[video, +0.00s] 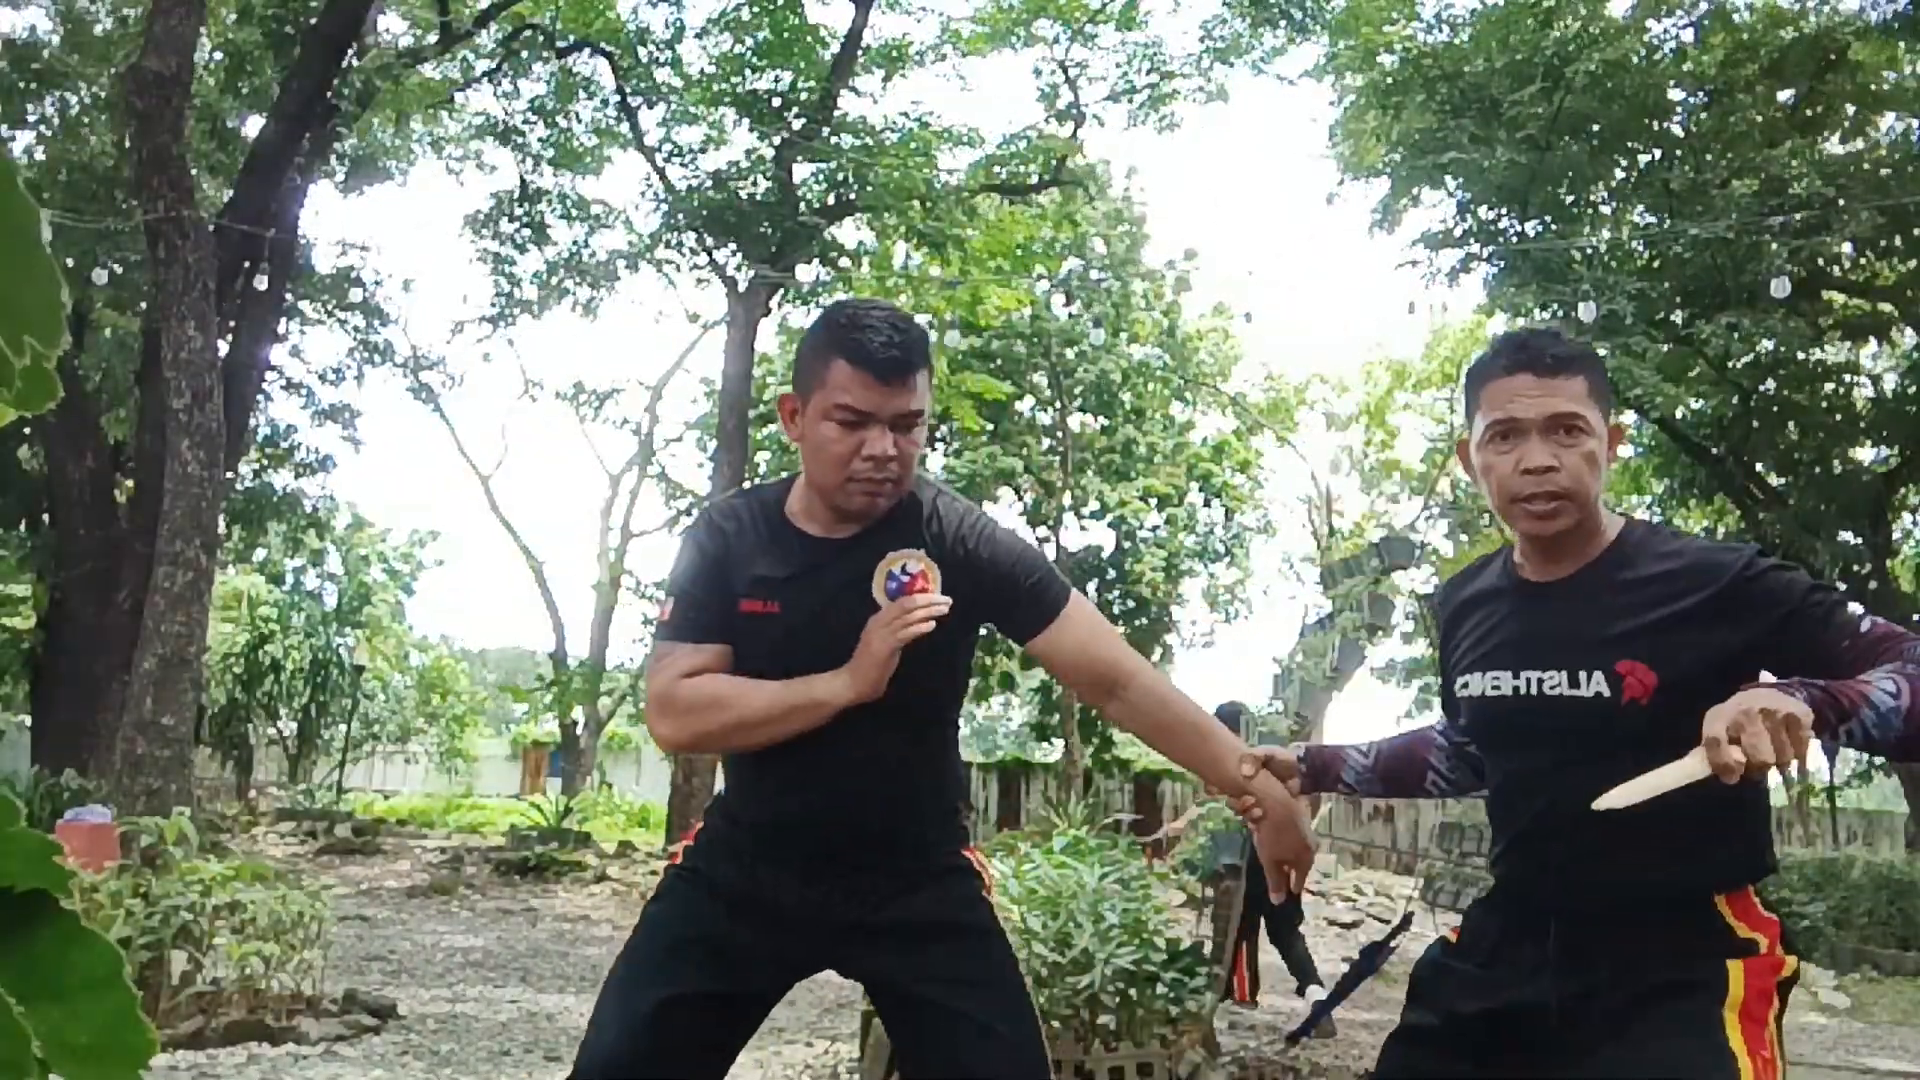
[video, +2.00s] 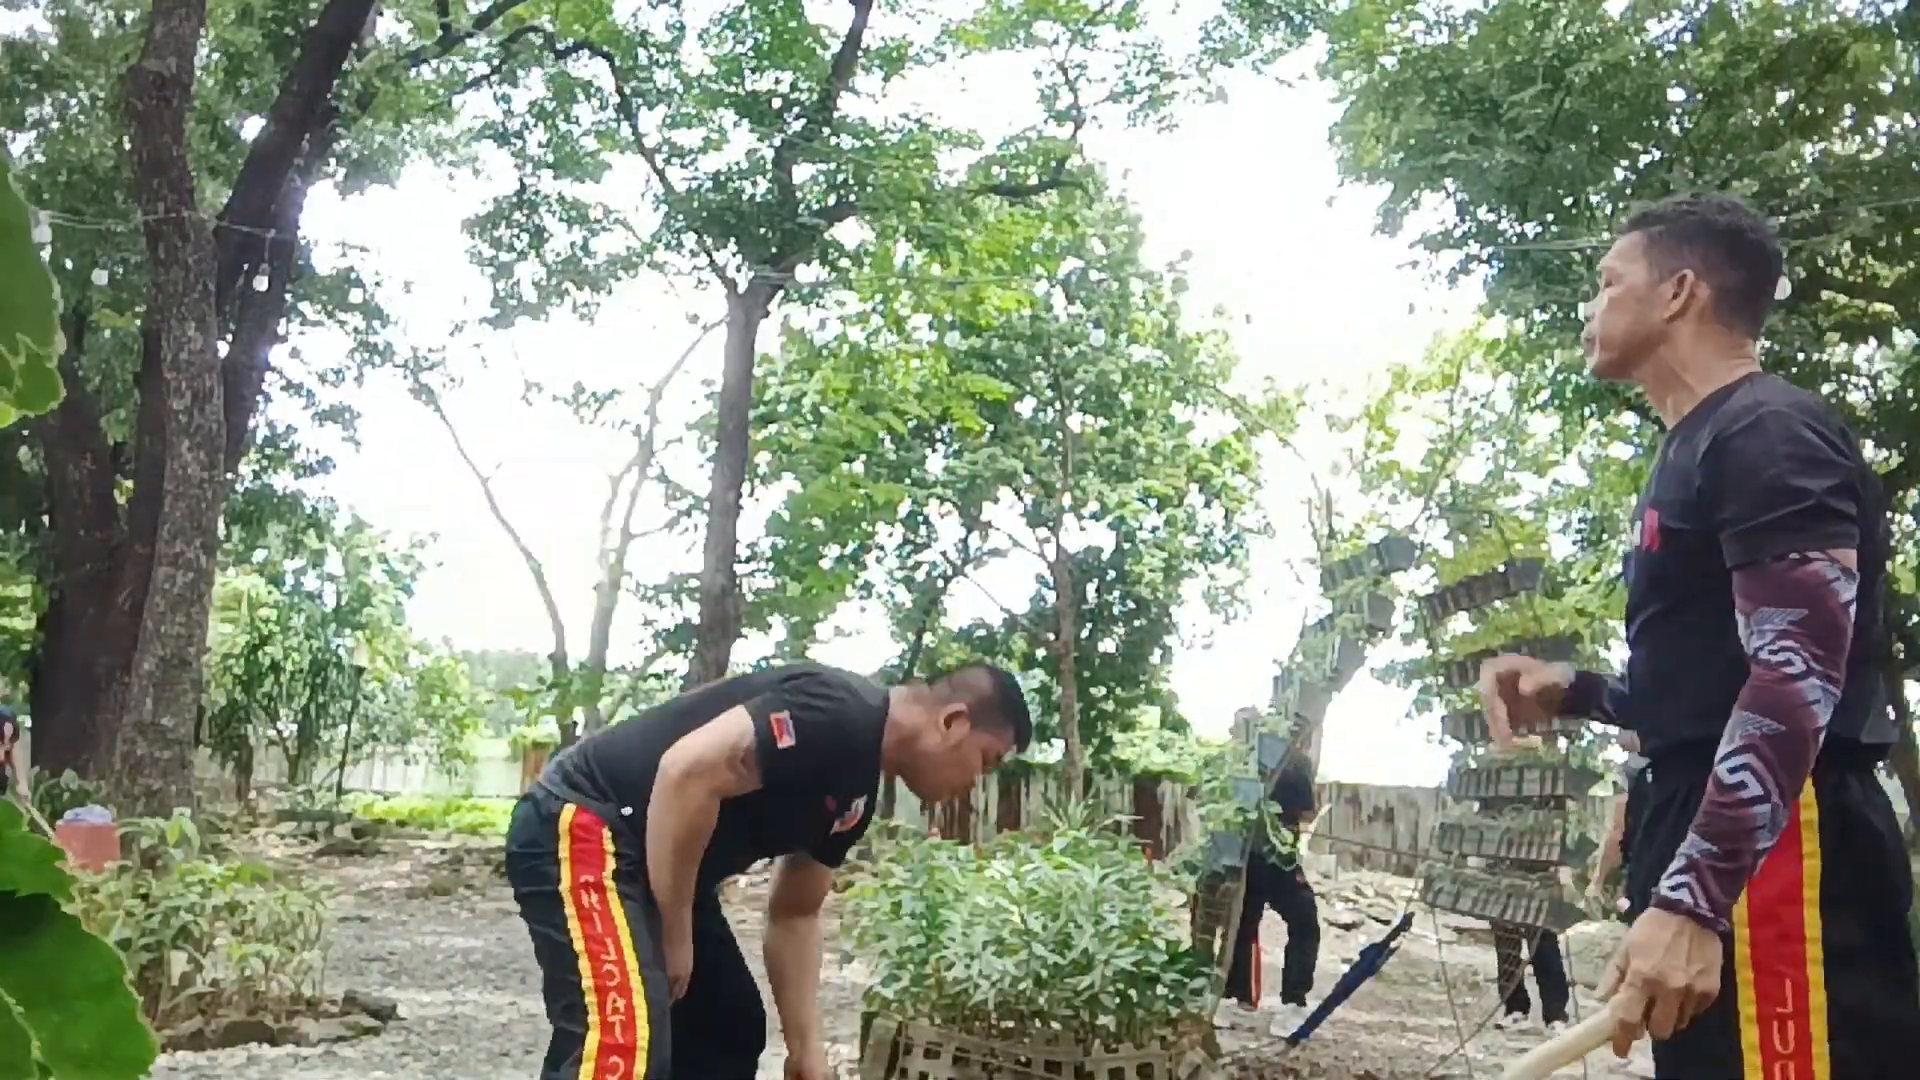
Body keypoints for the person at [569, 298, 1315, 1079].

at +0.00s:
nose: (883, 450)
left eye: (905, 425)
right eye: (853, 422)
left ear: (927, 422)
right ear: (793, 417)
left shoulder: (965, 548)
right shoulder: (726, 538)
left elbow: (1117, 680)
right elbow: (673, 715)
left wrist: (1258, 788)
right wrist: (842, 684)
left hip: (919, 885)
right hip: (747, 872)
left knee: (1005, 1070)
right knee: (616, 1064)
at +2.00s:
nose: (973, 786)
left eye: (988, 773)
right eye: (985, 764)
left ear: (949, 722)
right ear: (953, 721)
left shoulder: (854, 795)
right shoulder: (844, 716)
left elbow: (795, 914)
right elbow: (688, 772)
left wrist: (806, 1050)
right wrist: (676, 929)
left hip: (665, 853)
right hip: (584, 822)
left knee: (728, 1025)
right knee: (621, 1037)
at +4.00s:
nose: (1113, 496)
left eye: (1123, 475)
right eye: (1095, 469)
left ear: (1127, 474)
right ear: (1008, 453)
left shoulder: (1113, 548)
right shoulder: (891, 558)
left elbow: (1286, 503)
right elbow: (869, 744)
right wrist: (1053, 723)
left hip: (969, 900)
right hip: (805, 891)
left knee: (1067, 1065)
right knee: (678, 1066)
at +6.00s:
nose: (810, 500)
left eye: (841, 472)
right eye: (783, 470)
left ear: (885, 455)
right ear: (747, 450)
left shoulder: (941, 575)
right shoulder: (717, 568)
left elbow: (1092, 716)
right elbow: (671, 745)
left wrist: (1216, 878)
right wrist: (812, 713)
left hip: (921, 895)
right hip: (754, 884)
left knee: (991, 1072)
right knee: (621, 1069)